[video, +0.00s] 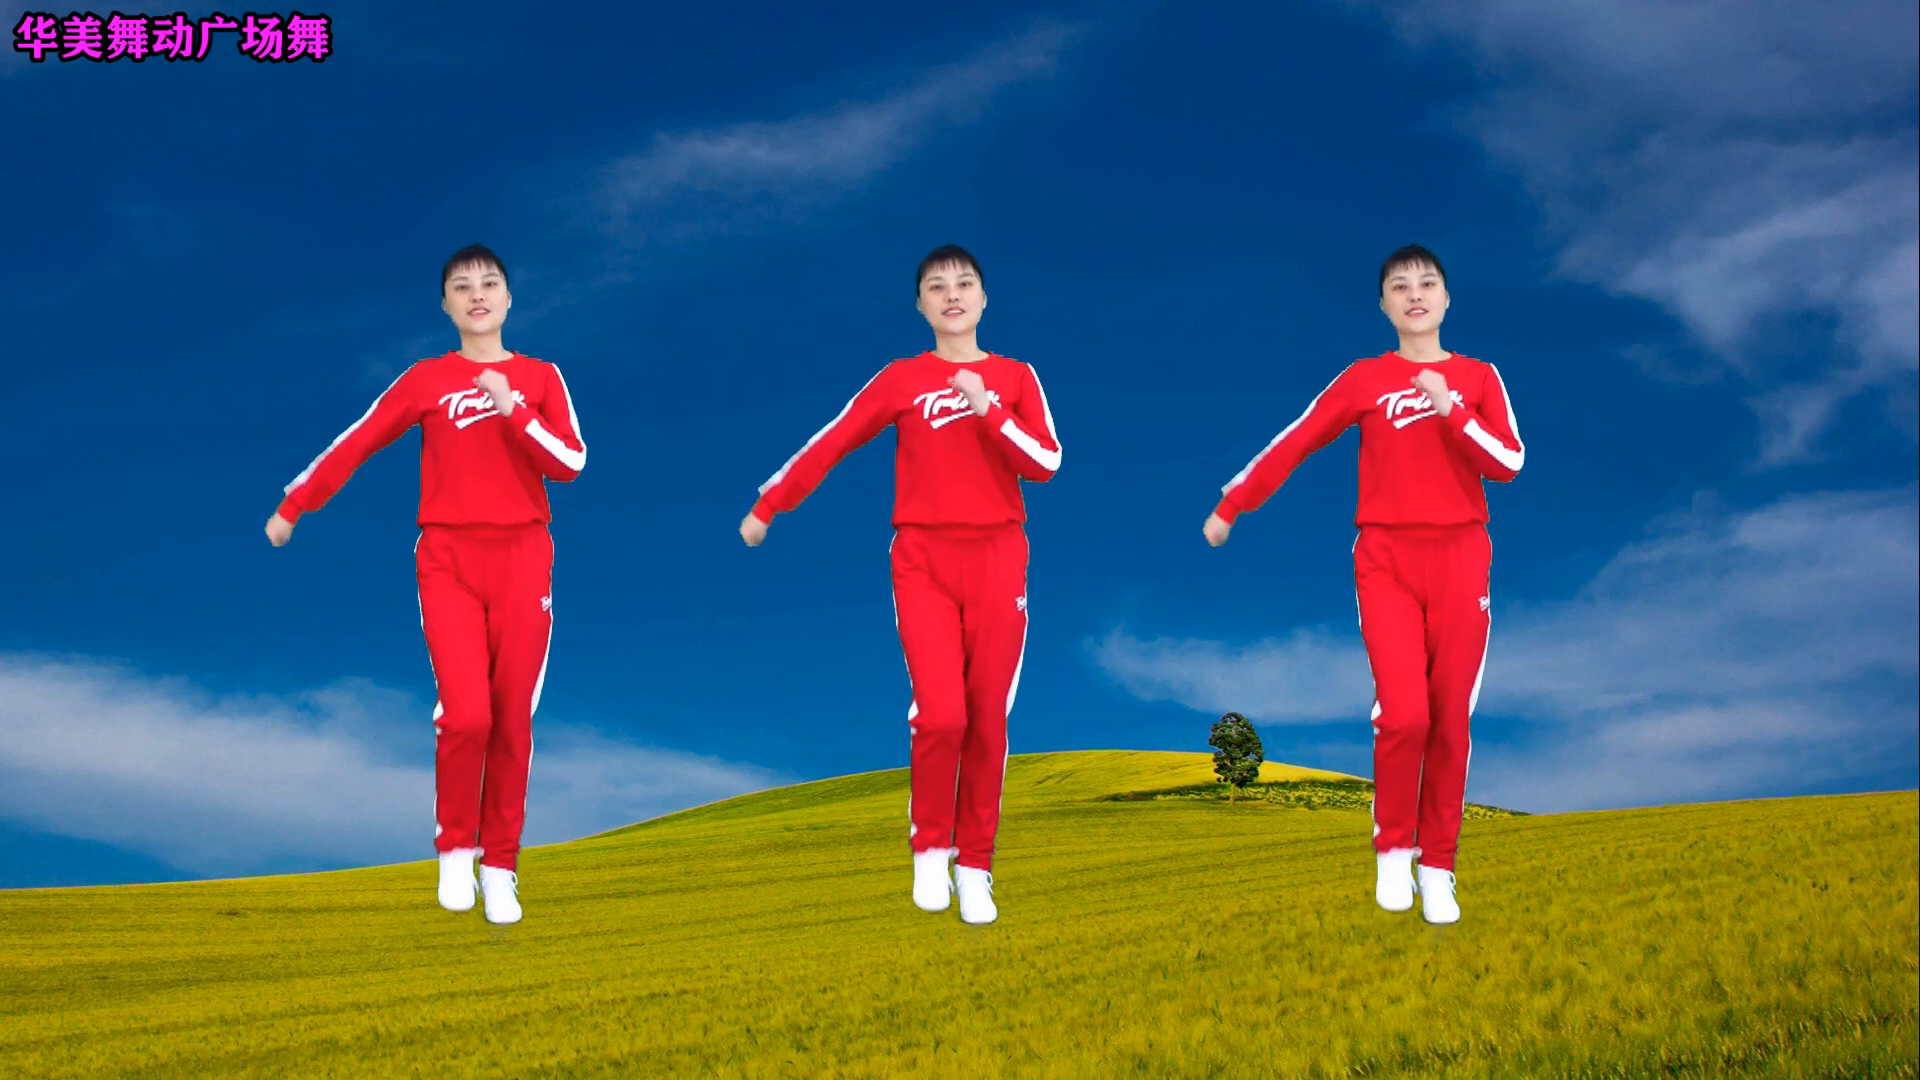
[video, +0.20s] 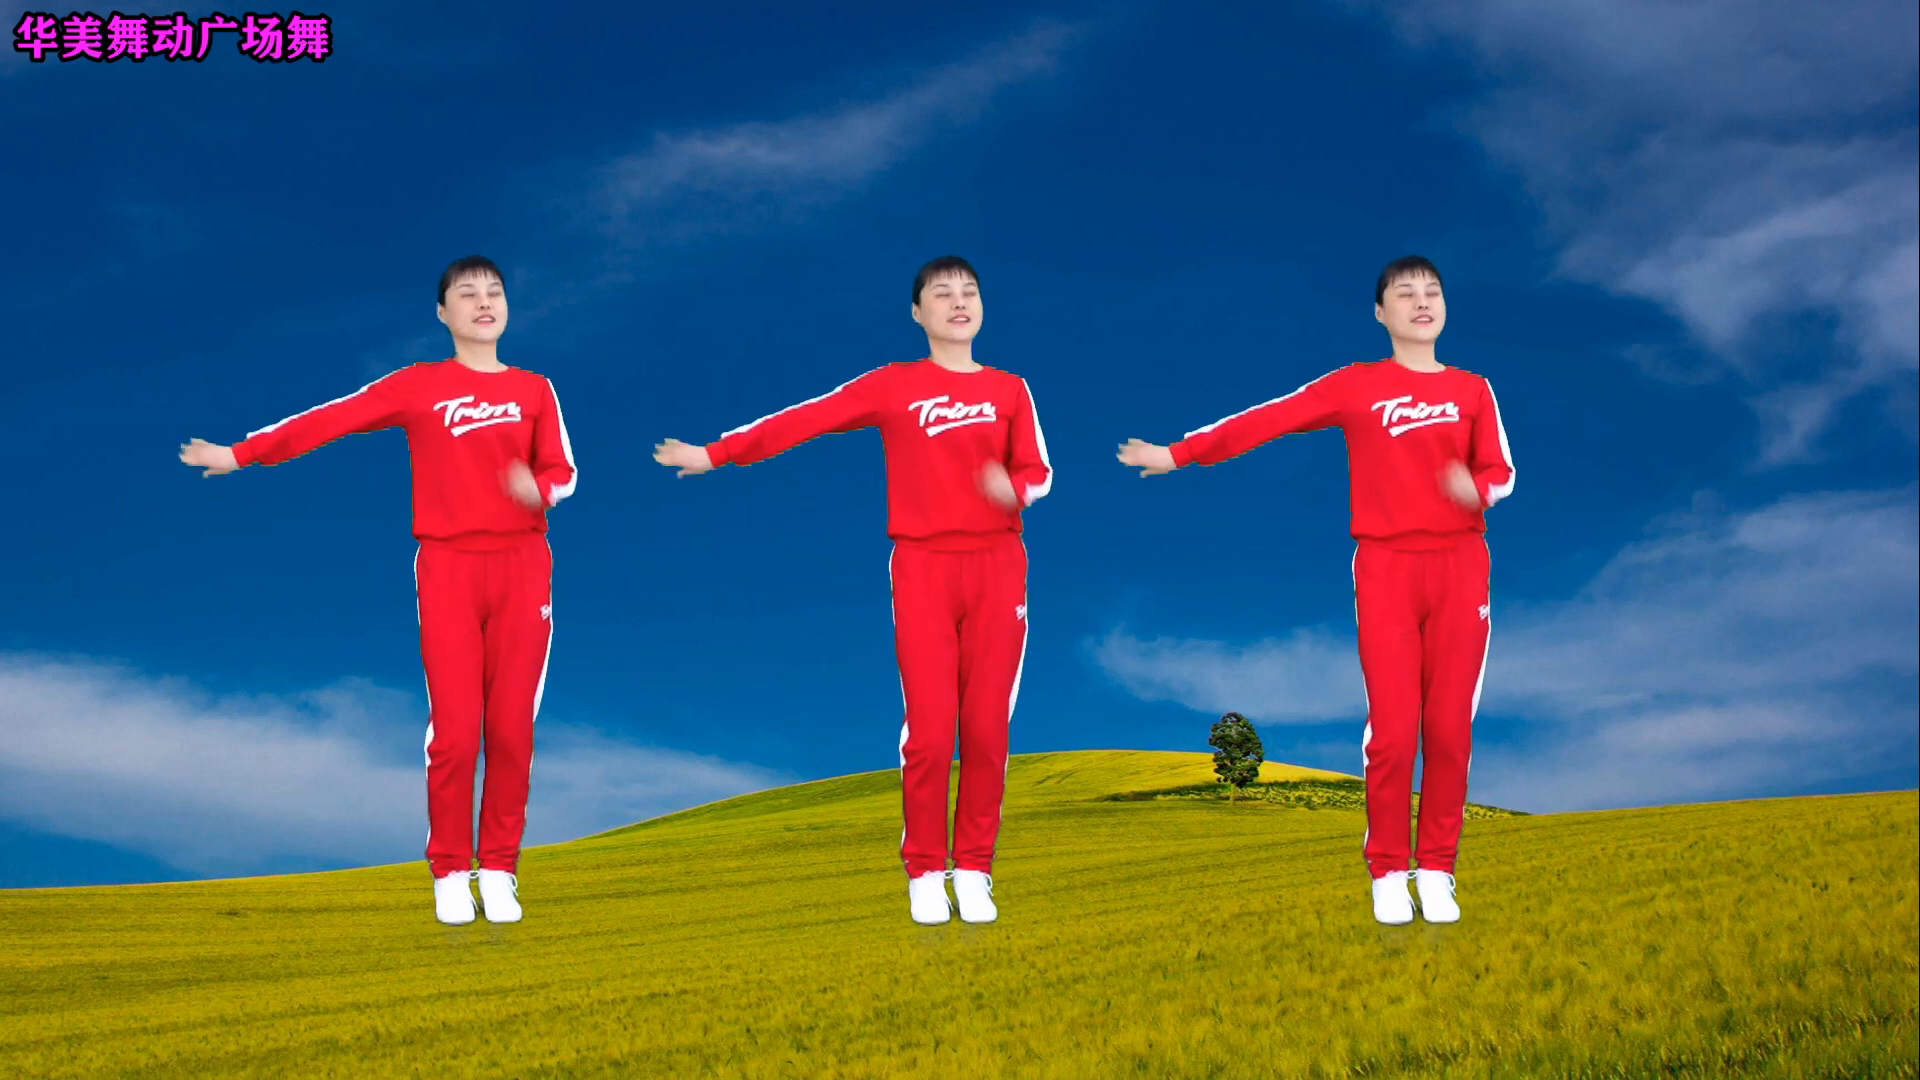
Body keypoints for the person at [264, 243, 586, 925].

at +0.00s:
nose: (478, 295)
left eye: (489, 285)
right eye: (463, 288)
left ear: (508, 298)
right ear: (447, 305)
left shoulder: (540, 376)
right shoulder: (424, 380)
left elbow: (569, 462)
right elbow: (355, 443)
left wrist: (515, 412)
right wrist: (291, 504)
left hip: (524, 557)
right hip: (448, 558)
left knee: (514, 715)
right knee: (466, 713)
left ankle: (500, 862)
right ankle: (455, 848)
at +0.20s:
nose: (484, 303)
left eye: (494, 293)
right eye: (468, 294)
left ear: (507, 308)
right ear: (445, 313)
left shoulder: (535, 388)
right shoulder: (418, 384)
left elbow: (564, 474)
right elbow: (332, 418)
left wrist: (540, 490)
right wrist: (238, 454)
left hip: (524, 565)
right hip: (448, 566)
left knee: (513, 727)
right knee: (456, 729)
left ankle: (498, 868)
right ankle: (451, 870)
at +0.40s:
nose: (495, 315)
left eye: (498, 305)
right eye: (477, 306)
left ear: (506, 324)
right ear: (443, 327)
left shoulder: (534, 405)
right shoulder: (423, 405)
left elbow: (558, 500)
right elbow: (356, 473)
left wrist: (573, 584)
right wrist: (291, 540)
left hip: (516, 579)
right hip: (443, 576)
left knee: (522, 728)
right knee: (447, 732)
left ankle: (508, 844)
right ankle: (449, 870)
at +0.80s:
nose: (530, 291)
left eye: (529, 282)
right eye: (516, 283)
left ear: (520, 302)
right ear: (476, 302)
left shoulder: (553, 380)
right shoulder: (458, 369)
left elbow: (582, 474)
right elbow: (497, 299)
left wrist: (596, 551)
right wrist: (558, 246)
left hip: (565, 554)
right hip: (492, 554)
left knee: (588, 717)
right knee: (470, 719)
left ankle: (614, 859)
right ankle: (451, 862)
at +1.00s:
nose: (546, 303)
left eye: (552, 294)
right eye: (530, 296)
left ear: (563, 310)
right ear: (501, 316)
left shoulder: (596, 379)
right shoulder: (492, 380)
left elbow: (630, 474)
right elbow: (443, 316)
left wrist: (639, 560)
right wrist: (445, 228)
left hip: (609, 559)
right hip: (535, 558)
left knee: (612, 727)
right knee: (521, 724)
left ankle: (610, 868)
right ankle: (472, 854)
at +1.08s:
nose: (552, 312)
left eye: (560, 302)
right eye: (536, 305)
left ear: (575, 315)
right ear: (512, 325)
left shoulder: (613, 388)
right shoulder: (503, 390)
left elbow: (644, 485)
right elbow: (436, 351)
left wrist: (655, 568)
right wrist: (399, 268)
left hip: (619, 563)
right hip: (545, 565)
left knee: (622, 728)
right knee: (560, 719)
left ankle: (611, 867)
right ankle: (502, 818)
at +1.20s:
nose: (564, 328)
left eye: (573, 317)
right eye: (549, 321)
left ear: (589, 328)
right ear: (530, 337)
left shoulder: (629, 404)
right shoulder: (512, 408)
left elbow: (656, 499)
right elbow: (425, 403)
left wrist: (667, 579)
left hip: (633, 573)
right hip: (557, 578)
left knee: (636, 728)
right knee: (598, 706)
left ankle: (610, 868)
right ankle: (553, 784)